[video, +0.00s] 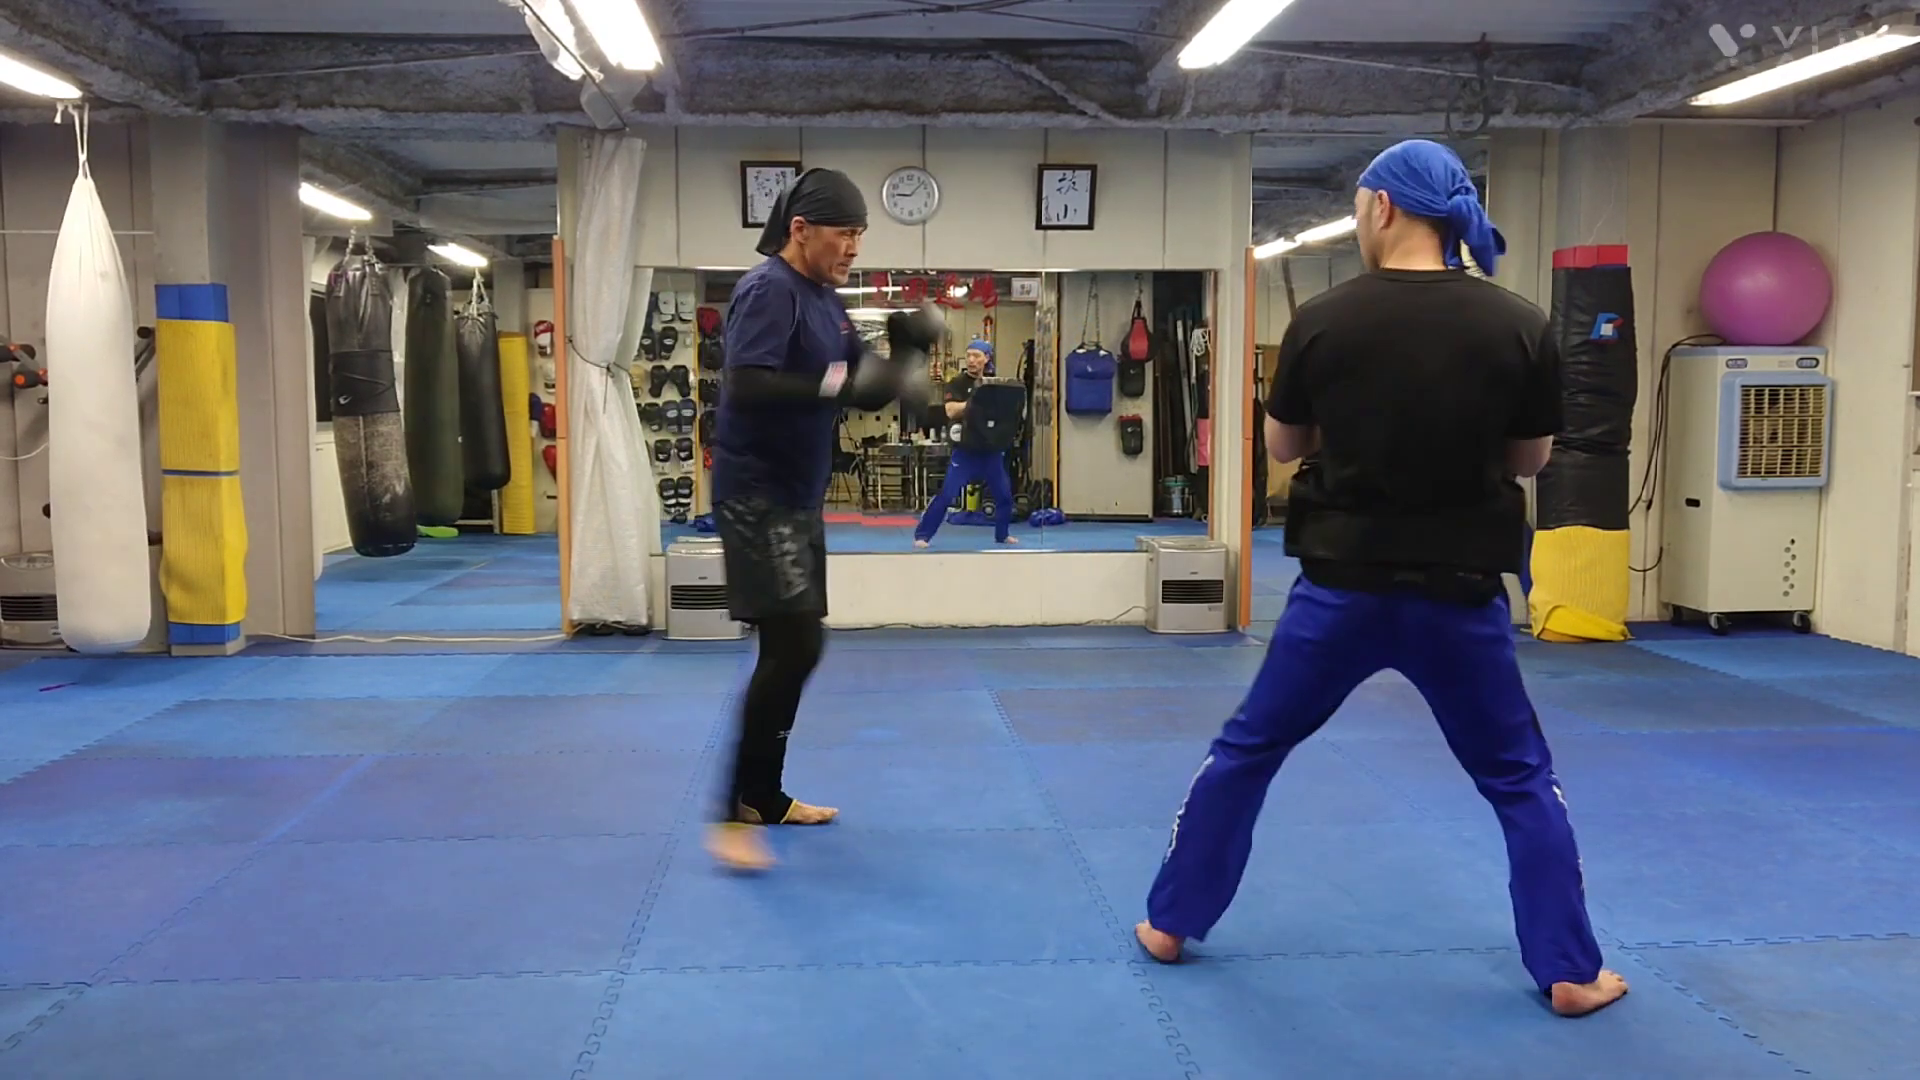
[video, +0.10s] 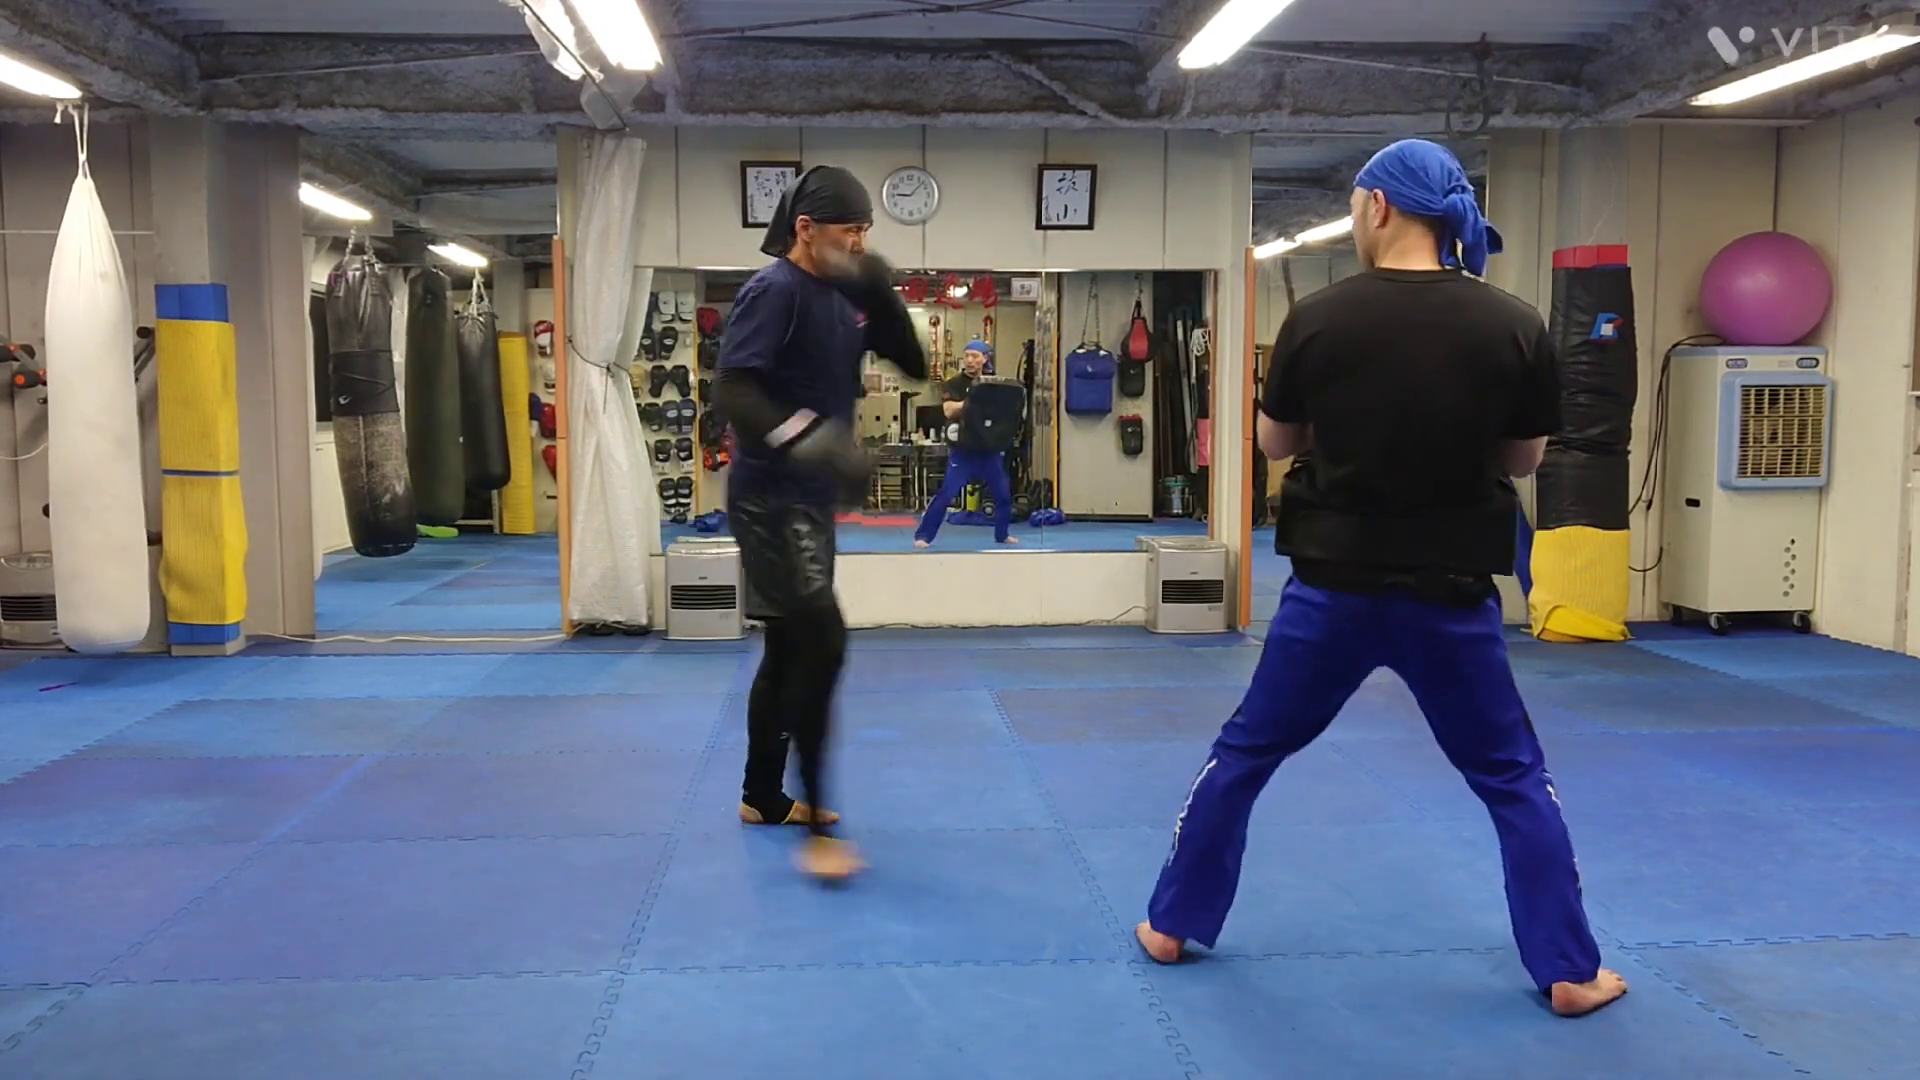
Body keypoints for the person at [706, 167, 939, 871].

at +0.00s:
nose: (855, 247)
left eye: (859, 234)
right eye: (844, 233)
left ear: (836, 236)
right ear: (802, 230)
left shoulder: (826, 302)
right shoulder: (769, 288)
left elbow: (850, 380)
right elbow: (743, 383)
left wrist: (901, 361)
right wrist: (836, 386)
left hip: (796, 501)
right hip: (757, 501)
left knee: (797, 645)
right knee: (790, 645)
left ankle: (763, 799)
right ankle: (736, 815)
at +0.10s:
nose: (854, 241)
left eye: (860, 231)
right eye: (841, 229)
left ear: (865, 235)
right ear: (804, 227)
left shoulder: (846, 296)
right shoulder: (774, 288)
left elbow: (912, 363)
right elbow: (735, 388)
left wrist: (880, 290)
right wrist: (811, 441)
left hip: (808, 499)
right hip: (768, 499)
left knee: (791, 647)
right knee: (821, 640)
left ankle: (762, 795)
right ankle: (815, 818)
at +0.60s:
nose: (854, 216)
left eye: (855, 203)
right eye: (840, 203)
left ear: (820, 212)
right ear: (794, 210)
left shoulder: (848, 269)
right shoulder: (763, 316)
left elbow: (876, 251)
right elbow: (798, 405)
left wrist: (865, 253)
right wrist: (829, 299)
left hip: (953, 424)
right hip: (896, 499)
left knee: (1097, 417)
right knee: (919, 678)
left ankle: (1256, 419)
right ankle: (928, 858)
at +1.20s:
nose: (1025, 261)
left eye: (1031, 248)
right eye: (1014, 244)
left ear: (1022, 247)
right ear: (968, 235)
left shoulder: (977, 310)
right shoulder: (929, 297)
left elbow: (965, 413)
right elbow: (927, 407)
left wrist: (1015, 463)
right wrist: (1016, 371)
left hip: (935, 510)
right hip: (888, 510)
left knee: (943, 663)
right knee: (915, 669)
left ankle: (903, 811)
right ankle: (855, 839)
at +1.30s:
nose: (1026, 247)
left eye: (1032, 233)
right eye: (1011, 231)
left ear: (1032, 235)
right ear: (968, 230)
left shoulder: (991, 304)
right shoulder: (939, 292)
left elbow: (990, 410)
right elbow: (928, 388)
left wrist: (1046, 459)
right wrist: (1016, 331)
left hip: (948, 509)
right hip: (900, 508)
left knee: (944, 659)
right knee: (929, 660)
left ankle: (905, 812)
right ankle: (870, 835)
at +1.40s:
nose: (1022, 239)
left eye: (1029, 225)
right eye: (1007, 225)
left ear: (1032, 226)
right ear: (964, 225)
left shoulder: (1000, 297)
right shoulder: (941, 286)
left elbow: (1033, 400)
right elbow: (909, 382)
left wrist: (1105, 433)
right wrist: (1000, 348)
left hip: (957, 504)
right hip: (910, 505)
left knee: (946, 655)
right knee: (941, 656)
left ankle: (907, 806)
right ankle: (920, 845)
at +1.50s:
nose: (1018, 234)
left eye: (1024, 220)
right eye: (1002, 223)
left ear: (1030, 222)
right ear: (960, 228)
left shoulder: (1030, 300)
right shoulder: (938, 291)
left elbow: (1094, 382)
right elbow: (869, 387)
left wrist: (1122, 358)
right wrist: (935, 403)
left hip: (981, 517)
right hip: (928, 516)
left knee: (948, 666)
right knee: (965, 676)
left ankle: (903, 808)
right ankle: (1000, 881)